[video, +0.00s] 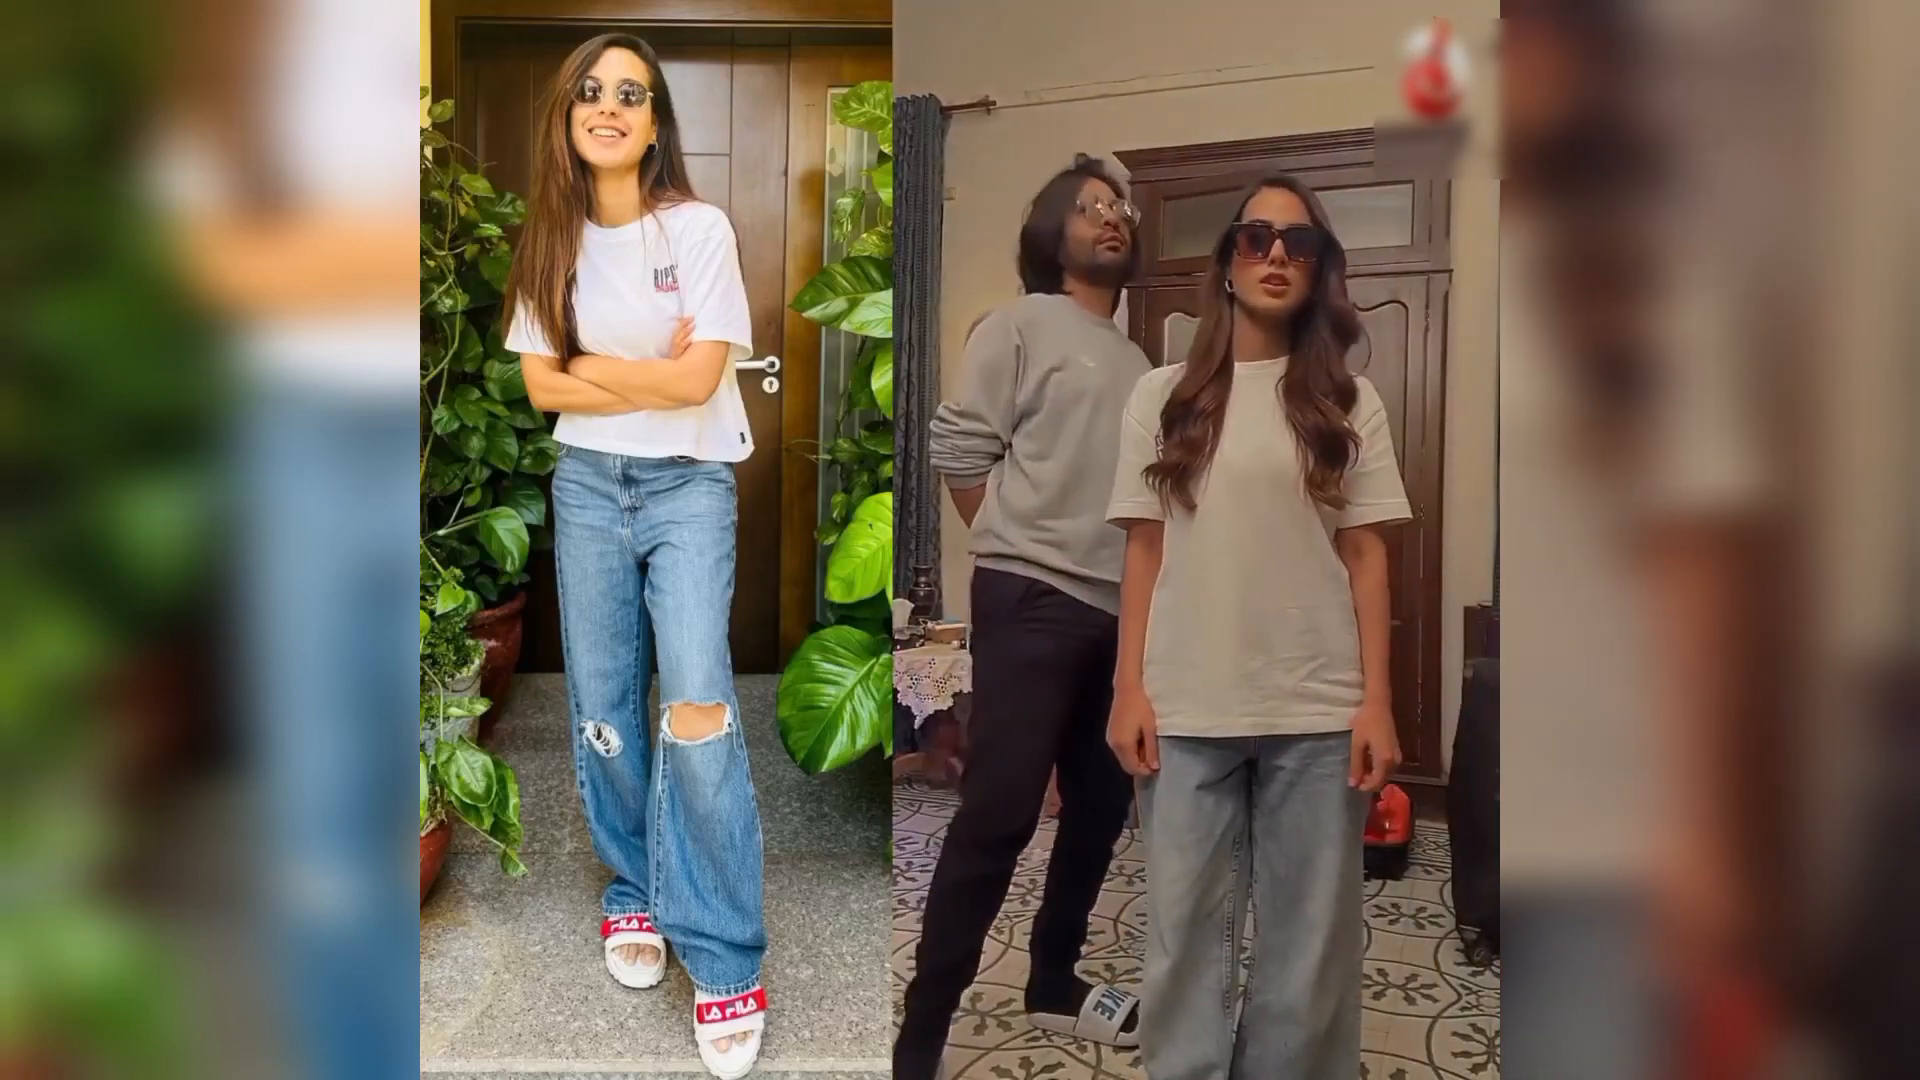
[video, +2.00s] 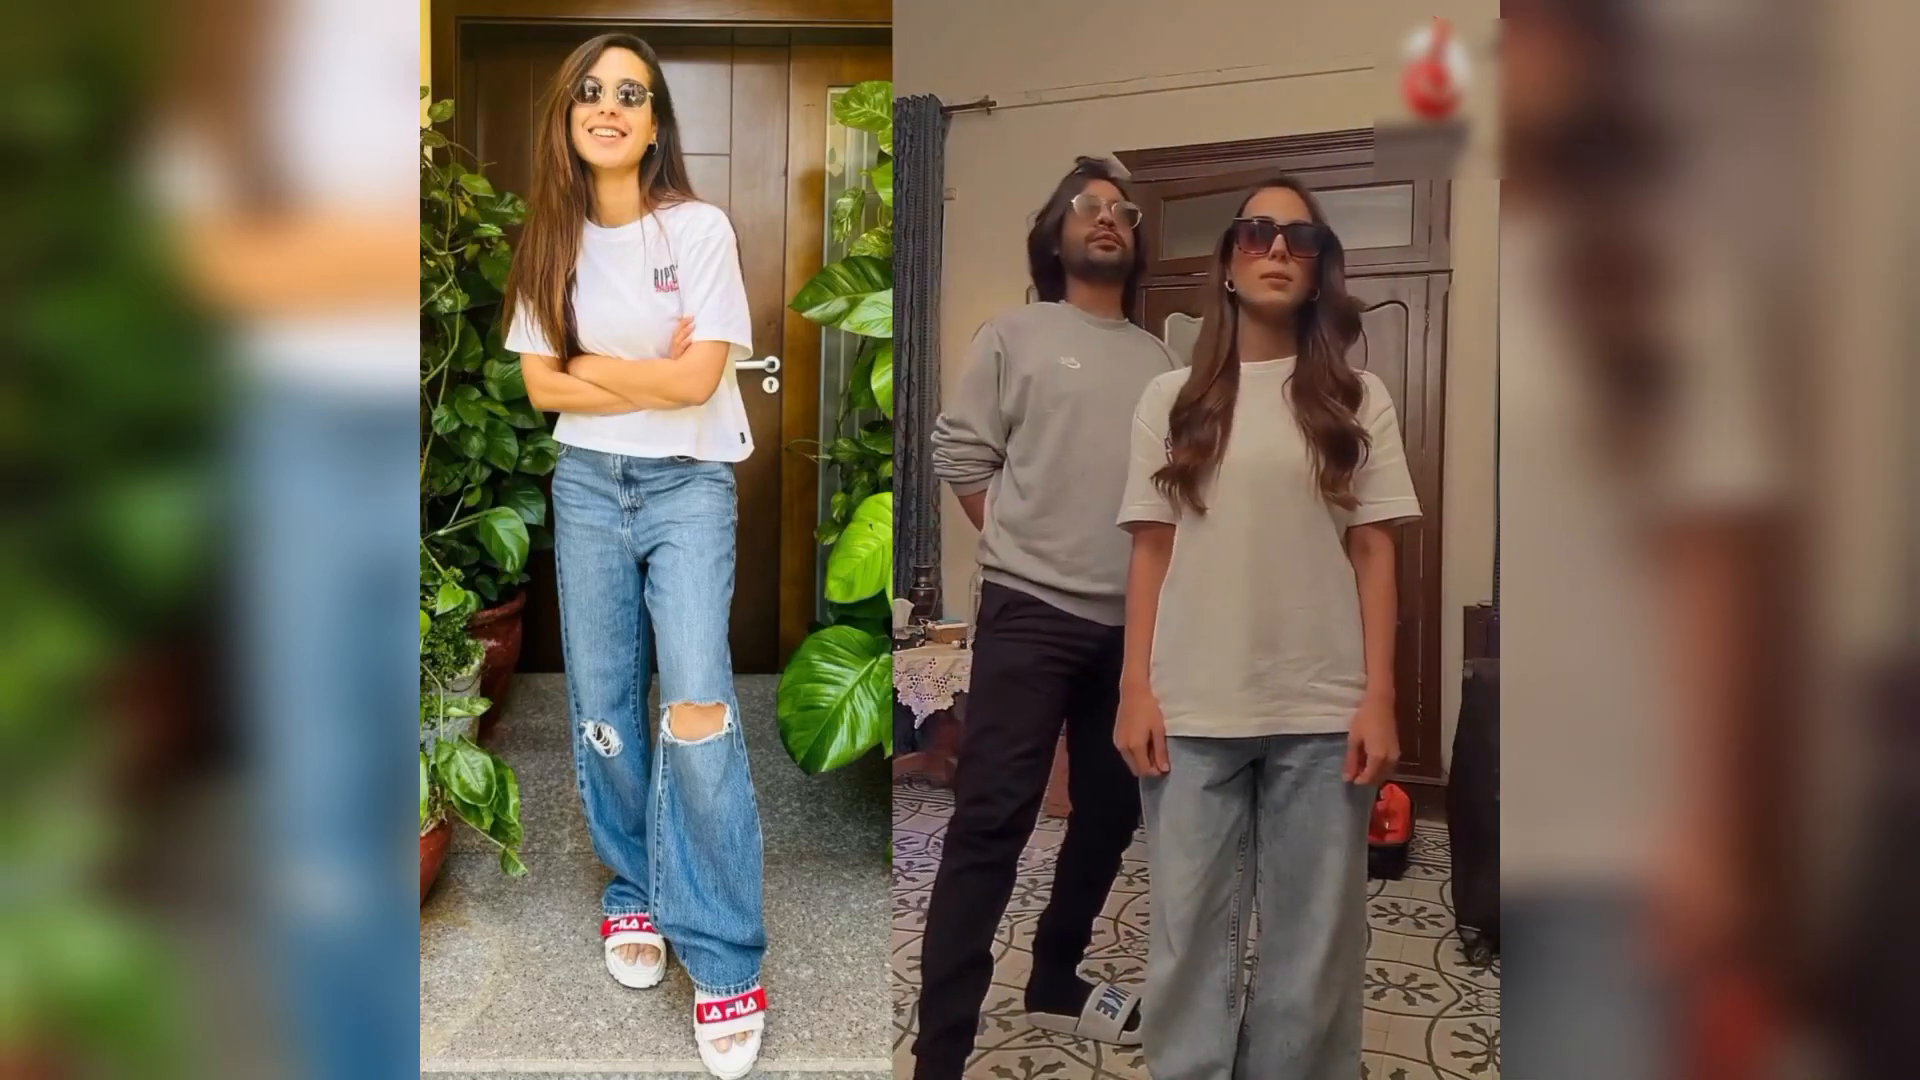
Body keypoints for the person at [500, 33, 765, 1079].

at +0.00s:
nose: (610, 111)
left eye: (630, 97)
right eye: (593, 95)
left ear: (657, 121)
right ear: (566, 117)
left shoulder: (700, 226)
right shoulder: (550, 240)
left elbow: (699, 379)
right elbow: (541, 386)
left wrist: (576, 362)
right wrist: (662, 379)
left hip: (689, 482)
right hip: (585, 484)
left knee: (695, 709)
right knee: (603, 709)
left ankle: (724, 957)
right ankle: (631, 890)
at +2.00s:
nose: (610, 111)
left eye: (630, 97)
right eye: (593, 95)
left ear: (656, 121)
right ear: (566, 117)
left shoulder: (699, 225)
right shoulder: (549, 240)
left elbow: (698, 378)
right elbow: (541, 385)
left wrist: (576, 362)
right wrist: (662, 379)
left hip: (689, 482)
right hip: (585, 484)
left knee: (694, 709)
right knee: (603, 708)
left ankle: (724, 958)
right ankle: (631, 891)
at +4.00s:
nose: (610, 111)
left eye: (629, 97)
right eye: (593, 95)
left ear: (656, 122)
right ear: (566, 117)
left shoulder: (699, 226)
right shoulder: (549, 239)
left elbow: (698, 378)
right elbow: (540, 385)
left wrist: (576, 362)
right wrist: (662, 378)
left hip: (689, 481)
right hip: (584, 483)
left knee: (695, 709)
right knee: (602, 708)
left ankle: (724, 955)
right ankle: (631, 890)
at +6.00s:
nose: (609, 111)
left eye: (629, 98)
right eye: (592, 95)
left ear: (656, 122)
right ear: (565, 117)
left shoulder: (699, 226)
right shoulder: (550, 239)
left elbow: (699, 378)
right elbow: (540, 385)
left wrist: (578, 363)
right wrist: (662, 377)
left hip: (689, 482)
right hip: (584, 484)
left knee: (694, 709)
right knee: (602, 706)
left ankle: (724, 956)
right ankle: (632, 891)